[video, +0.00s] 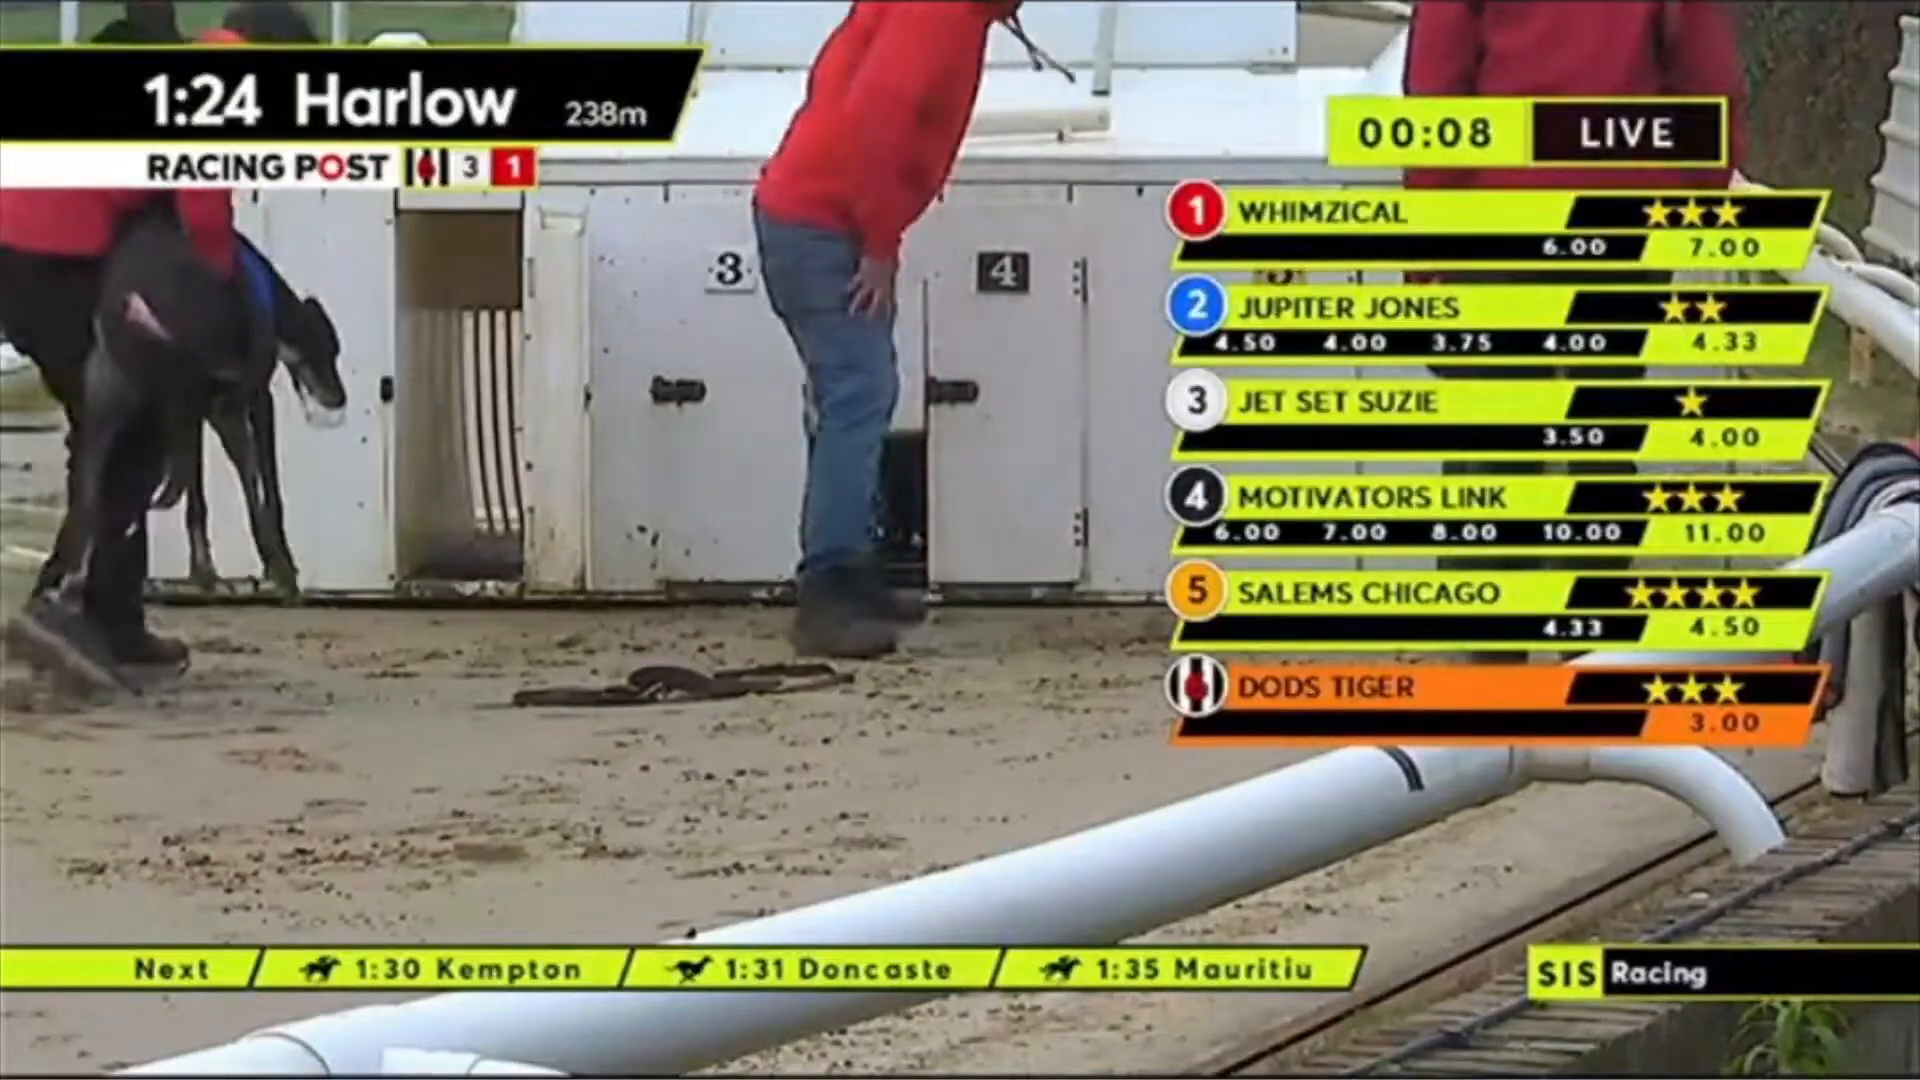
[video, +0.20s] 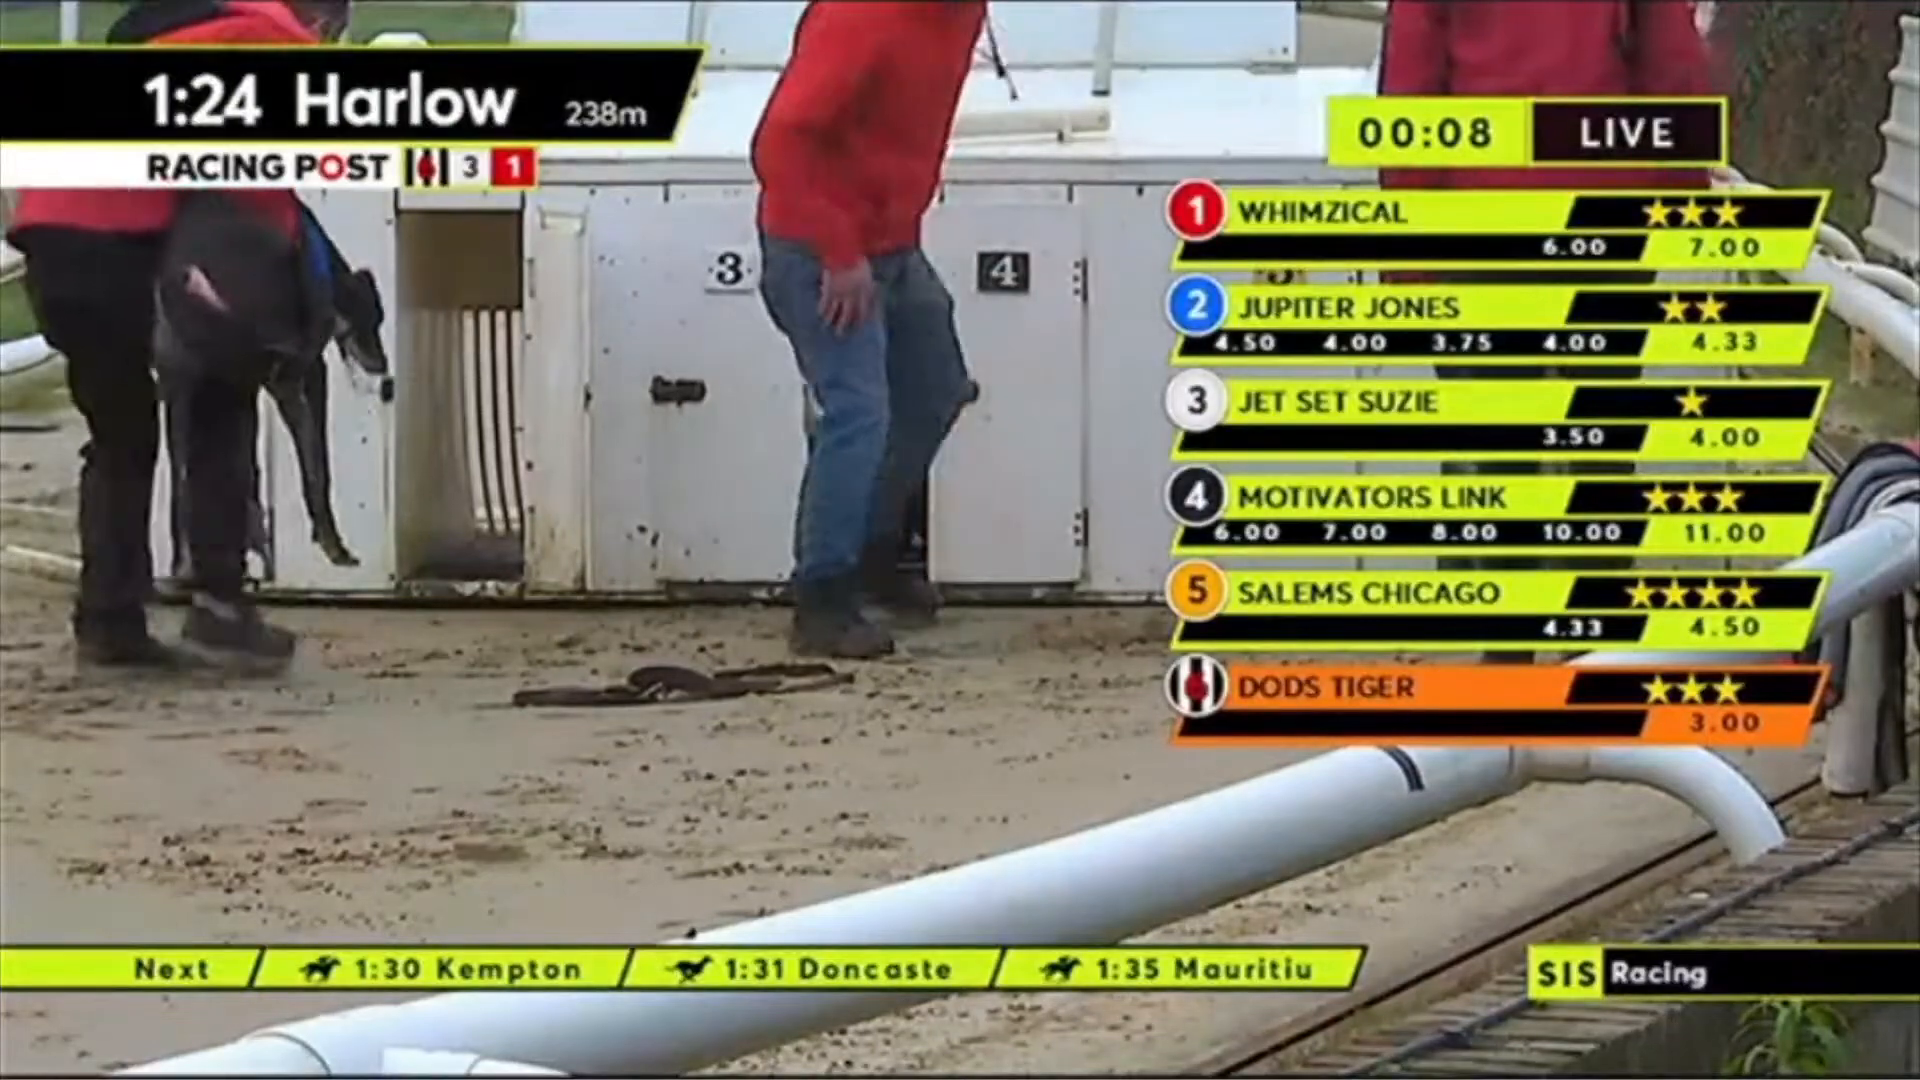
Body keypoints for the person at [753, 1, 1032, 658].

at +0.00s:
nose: (1015, 12)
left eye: (1015, 11)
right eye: (1014, 7)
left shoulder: (919, 12)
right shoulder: (945, 13)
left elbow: (830, 78)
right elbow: (882, 109)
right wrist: (881, 242)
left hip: (808, 217)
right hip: (821, 223)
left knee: (849, 394)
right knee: (862, 392)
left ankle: (843, 581)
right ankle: (831, 595)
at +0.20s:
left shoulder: (963, 12)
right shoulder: (862, 18)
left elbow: (899, 114)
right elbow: (781, 136)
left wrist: (895, 223)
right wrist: (841, 254)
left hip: (892, 248)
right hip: (816, 251)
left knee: (936, 392)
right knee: (857, 414)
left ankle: (872, 560)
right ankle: (821, 605)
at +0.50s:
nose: (886, 66)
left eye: (901, 52)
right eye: (871, 50)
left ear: (928, 38)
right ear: (851, 36)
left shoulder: (974, 41)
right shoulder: (815, 77)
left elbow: (980, 131)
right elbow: (787, 234)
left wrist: (938, 211)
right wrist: (806, 372)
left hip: (932, 259)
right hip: (830, 271)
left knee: (952, 395)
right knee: (817, 419)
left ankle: (963, 587)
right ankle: (826, 602)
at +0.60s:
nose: (864, 153)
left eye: (879, 139)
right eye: (850, 138)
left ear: (910, 118)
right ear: (833, 122)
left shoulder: (978, 100)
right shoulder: (803, 152)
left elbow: (1010, 172)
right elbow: (793, 298)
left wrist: (983, 236)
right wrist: (803, 441)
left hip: (951, 286)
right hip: (843, 299)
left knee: (952, 425)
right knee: (823, 449)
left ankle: (959, 600)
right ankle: (846, 609)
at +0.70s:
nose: (850, 228)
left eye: (864, 213)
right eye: (836, 213)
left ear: (897, 189)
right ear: (819, 192)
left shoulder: (977, 159)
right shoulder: (799, 212)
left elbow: (1042, 201)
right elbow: (791, 354)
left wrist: (1034, 278)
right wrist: (792, 502)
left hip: (976, 293)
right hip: (872, 306)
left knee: (955, 429)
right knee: (833, 451)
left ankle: (954, 619)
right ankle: (864, 611)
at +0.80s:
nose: (852, 331)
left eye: (867, 315)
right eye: (839, 315)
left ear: (900, 280)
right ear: (818, 290)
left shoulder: (986, 215)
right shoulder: (804, 297)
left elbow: (1076, 273)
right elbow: (788, 438)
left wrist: (1106, 356)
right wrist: (777, 588)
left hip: (1004, 308)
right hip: (897, 335)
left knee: (980, 422)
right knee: (844, 485)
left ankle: (960, 621)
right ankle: (878, 607)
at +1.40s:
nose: (875, 279)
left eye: (886, 262)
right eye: (858, 266)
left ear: (918, 238)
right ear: (837, 254)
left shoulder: (997, 208)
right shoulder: (821, 262)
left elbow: (1092, 271)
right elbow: (800, 366)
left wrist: (1076, 396)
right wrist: (766, 476)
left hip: (1019, 300)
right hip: (912, 313)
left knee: (994, 443)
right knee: (875, 449)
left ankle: (988, 623)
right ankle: (905, 571)